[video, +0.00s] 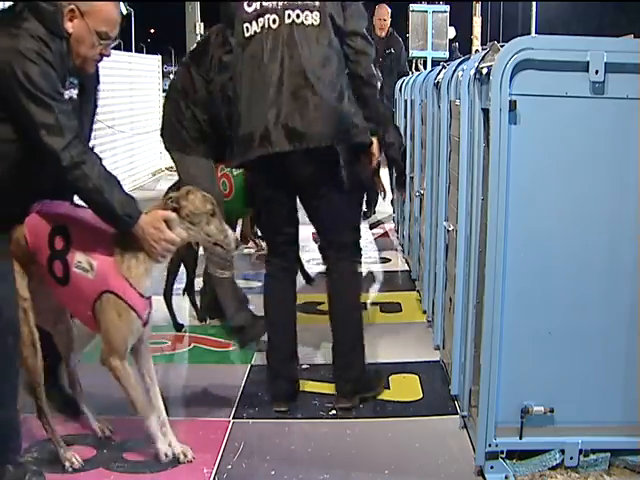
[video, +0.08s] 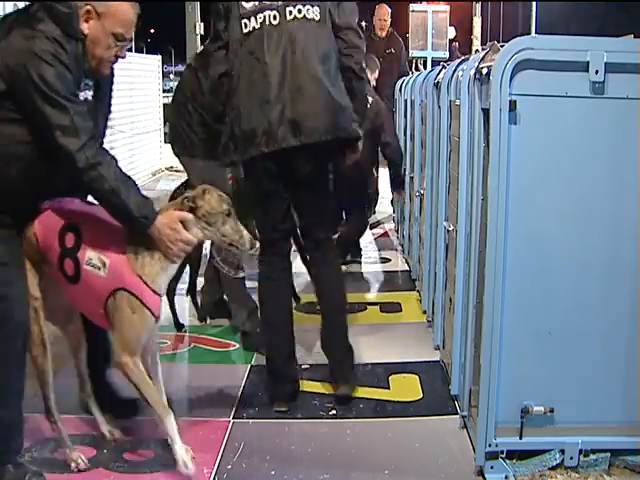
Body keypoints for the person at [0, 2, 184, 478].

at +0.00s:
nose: (107, 51)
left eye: (112, 41)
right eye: (102, 38)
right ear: (71, 18)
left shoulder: (78, 57)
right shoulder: (25, 48)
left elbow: (74, 148)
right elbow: (64, 149)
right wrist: (133, 219)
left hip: (35, 214)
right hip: (3, 216)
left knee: (52, 308)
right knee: (9, 330)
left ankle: (55, 386)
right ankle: (9, 452)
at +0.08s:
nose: (122, 52)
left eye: (127, 43)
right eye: (118, 39)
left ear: (94, 18)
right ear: (86, 18)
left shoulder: (94, 58)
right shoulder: (36, 48)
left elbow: (91, 146)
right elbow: (78, 152)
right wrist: (150, 219)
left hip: (59, 204)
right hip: (9, 209)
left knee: (97, 290)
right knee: (14, 322)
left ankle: (108, 393)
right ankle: (9, 454)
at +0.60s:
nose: (262, 48)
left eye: (268, 39)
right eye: (262, 34)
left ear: (239, 12)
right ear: (238, 8)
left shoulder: (205, 32)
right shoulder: (184, 22)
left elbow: (219, 137)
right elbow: (217, 127)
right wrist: (272, 211)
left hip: (161, 178)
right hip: (108, 169)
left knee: (172, 292)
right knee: (118, 292)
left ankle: (172, 404)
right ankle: (49, 416)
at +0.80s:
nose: (295, 43)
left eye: (302, 34)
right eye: (296, 27)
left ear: (271, 11)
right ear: (270, 6)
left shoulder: (243, 31)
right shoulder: (218, 23)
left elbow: (254, 130)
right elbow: (253, 133)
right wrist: (309, 201)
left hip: (199, 171)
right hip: (142, 169)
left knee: (247, 262)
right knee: (170, 297)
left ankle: (261, 353)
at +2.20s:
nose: (476, 26)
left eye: (481, 18)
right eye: (476, 14)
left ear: (461, 9)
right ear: (453, 0)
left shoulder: (446, 37)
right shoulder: (390, 11)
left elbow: (441, 110)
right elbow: (358, 94)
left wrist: (431, 156)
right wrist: (399, 148)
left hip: (380, 163)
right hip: (333, 160)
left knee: (385, 279)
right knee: (351, 287)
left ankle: (376, 389)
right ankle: (337, 427)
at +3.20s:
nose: (467, 68)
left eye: (471, 59)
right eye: (464, 58)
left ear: (436, 44)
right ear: (432, 44)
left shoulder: (426, 65)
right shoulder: (385, 88)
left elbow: (429, 129)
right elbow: (375, 194)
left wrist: (459, 166)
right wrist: (437, 223)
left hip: (378, 173)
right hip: (327, 172)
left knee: (413, 275)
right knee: (357, 292)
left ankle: (415, 386)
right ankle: (323, 413)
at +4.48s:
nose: (455, 120)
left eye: (462, 109)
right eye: (446, 113)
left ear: (467, 75)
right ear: (419, 95)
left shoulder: (443, 43)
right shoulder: (396, 134)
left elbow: (473, 19)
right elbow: (453, 221)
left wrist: (520, 26)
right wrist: (514, 235)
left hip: (410, 188)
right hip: (353, 192)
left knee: (433, 273)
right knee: (375, 303)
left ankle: (421, 380)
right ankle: (322, 410)